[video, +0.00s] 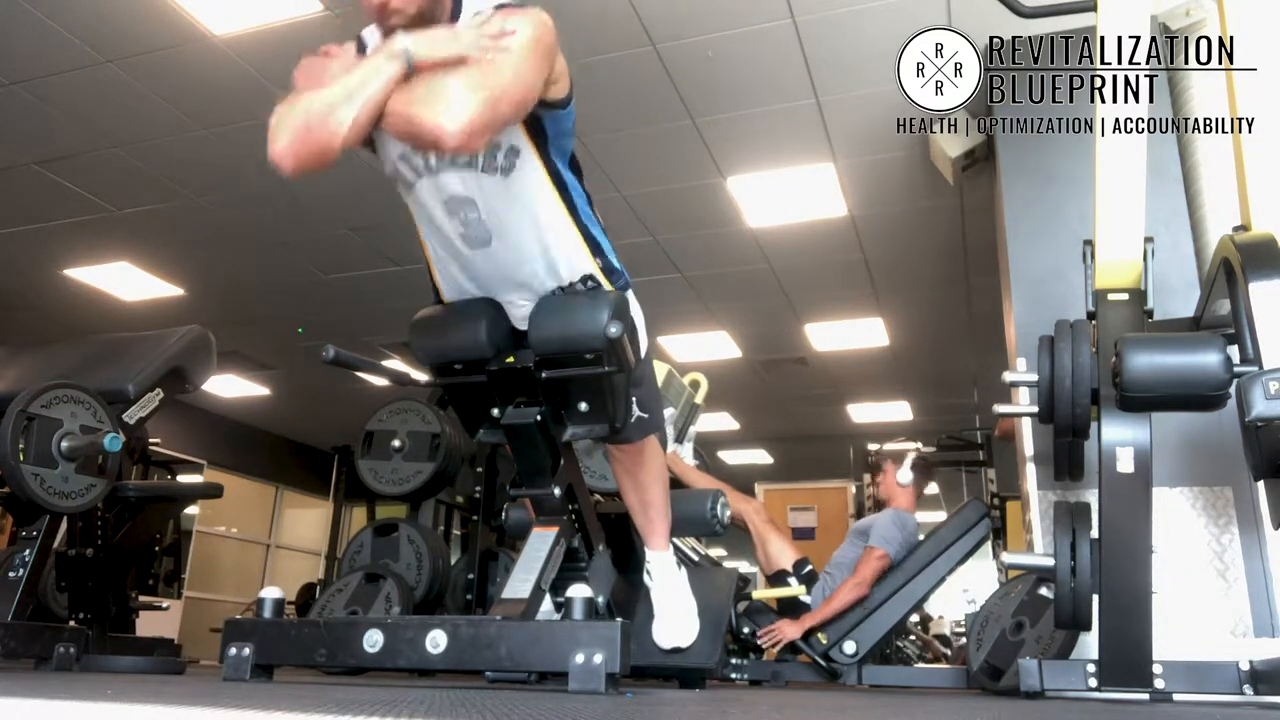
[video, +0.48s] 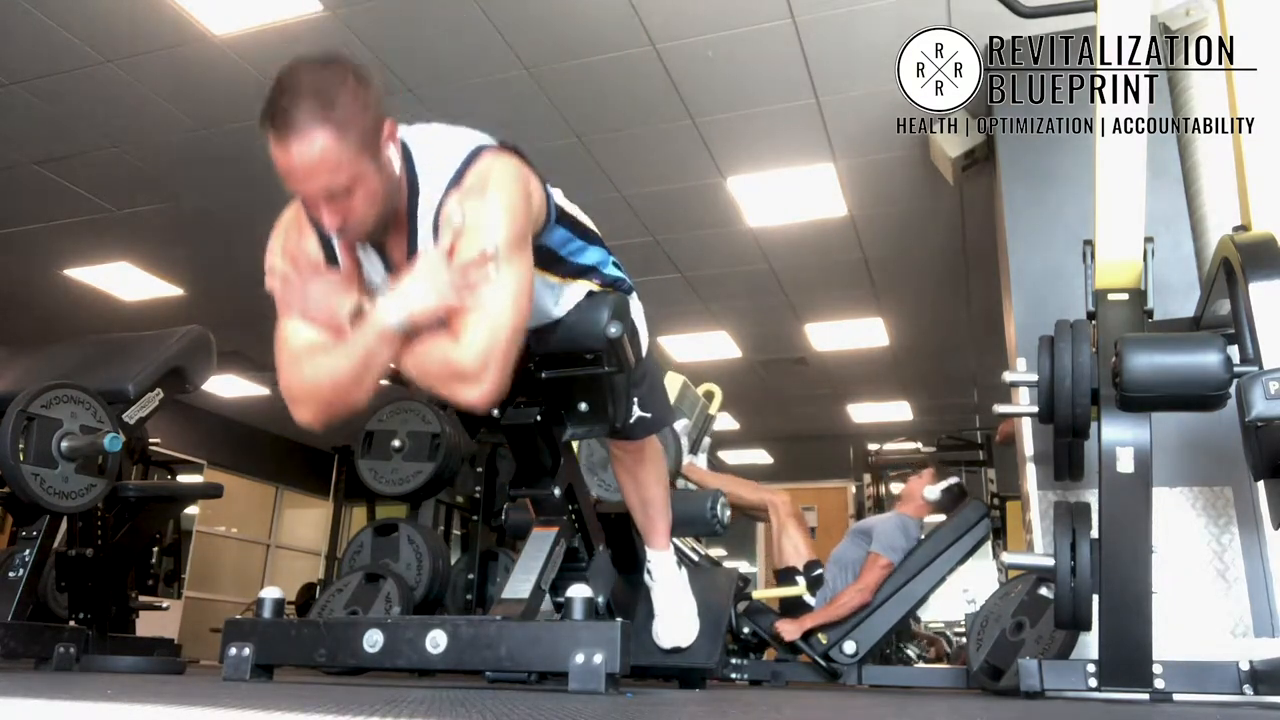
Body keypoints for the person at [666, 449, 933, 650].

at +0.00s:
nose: (880, 478)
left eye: (885, 472)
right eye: (883, 472)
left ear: (902, 478)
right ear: (909, 481)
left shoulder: (893, 522)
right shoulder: (900, 522)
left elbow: (861, 585)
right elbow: (862, 584)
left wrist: (801, 624)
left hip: (810, 604)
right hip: (815, 599)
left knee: (752, 508)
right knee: (754, 512)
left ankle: (670, 460)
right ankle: (680, 467)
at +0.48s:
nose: (912, 476)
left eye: (921, 476)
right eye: (920, 473)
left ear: (926, 494)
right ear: (926, 497)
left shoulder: (897, 526)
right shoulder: (903, 526)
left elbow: (863, 592)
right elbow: (869, 592)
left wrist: (803, 624)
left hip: (812, 606)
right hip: (816, 602)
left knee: (780, 502)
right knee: (782, 504)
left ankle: (690, 468)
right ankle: (702, 475)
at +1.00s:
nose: (919, 479)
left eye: (928, 479)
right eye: (927, 477)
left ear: (933, 498)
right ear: (935, 504)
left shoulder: (896, 528)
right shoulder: (906, 527)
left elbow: (865, 593)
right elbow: (865, 591)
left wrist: (801, 624)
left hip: (818, 607)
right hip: (825, 601)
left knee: (825, 498)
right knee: (825, 503)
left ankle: (722, 495)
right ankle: (731, 503)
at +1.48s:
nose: (920, 481)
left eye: (929, 480)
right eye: (928, 478)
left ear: (933, 498)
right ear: (934, 501)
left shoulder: (898, 528)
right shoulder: (901, 526)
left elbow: (865, 594)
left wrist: (801, 624)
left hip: (813, 604)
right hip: (816, 601)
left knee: (843, 499)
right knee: (838, 504)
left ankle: (738, 508)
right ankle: (748, 518)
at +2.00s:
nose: (919, 480)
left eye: (929, 480)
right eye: (928, 477)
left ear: (932, 498)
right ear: (934, 503)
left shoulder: (896, 529)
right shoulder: (904, 526)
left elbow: (865, 595)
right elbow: (865, 592)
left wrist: (801, 623)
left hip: (817, 607)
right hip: (824, 600)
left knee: (828, 497)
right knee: (828, 502)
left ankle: (728, 496)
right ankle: (737, 505)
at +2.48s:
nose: (919, 479)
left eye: (928, 480)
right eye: (927, 477)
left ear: (930, 498)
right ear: (932, 505)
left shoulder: (895, 528)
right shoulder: (902, 526)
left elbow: (865, 595)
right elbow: (865, 592)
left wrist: (801, 624)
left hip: (812, 602)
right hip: (818, 596)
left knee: (794, 497)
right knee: (794, 504)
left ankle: (698, 472)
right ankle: (717, 486)